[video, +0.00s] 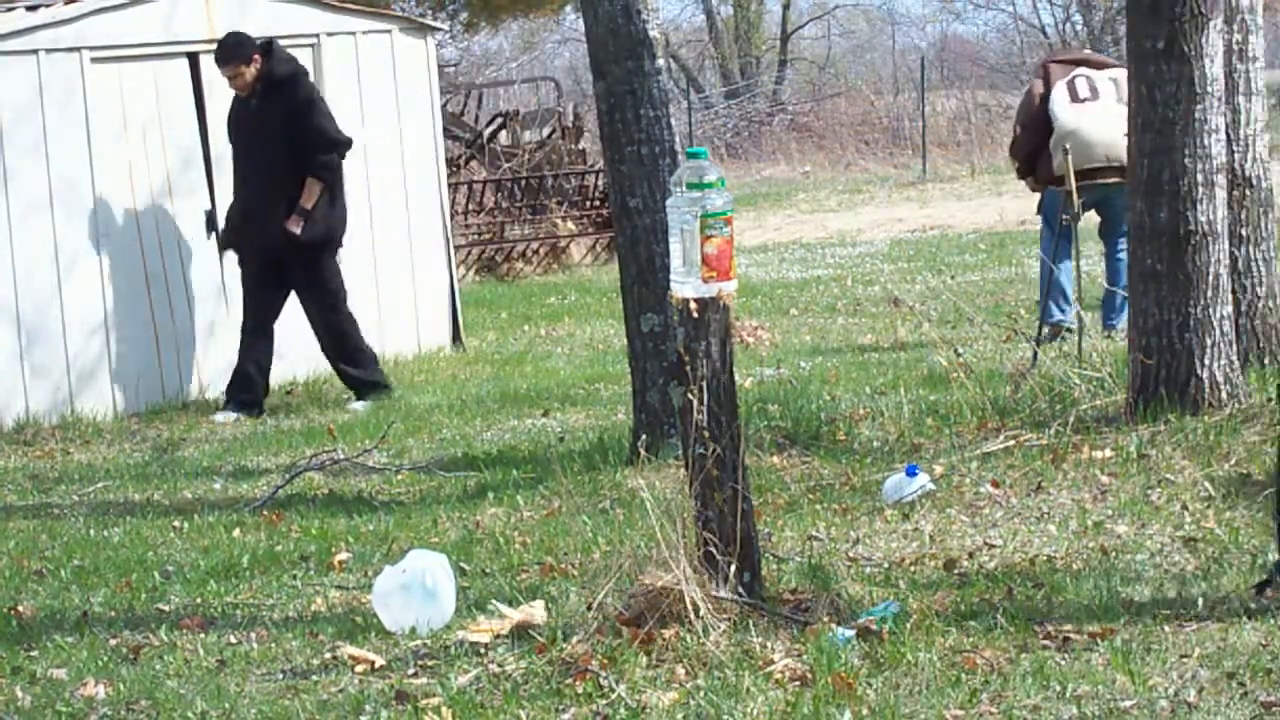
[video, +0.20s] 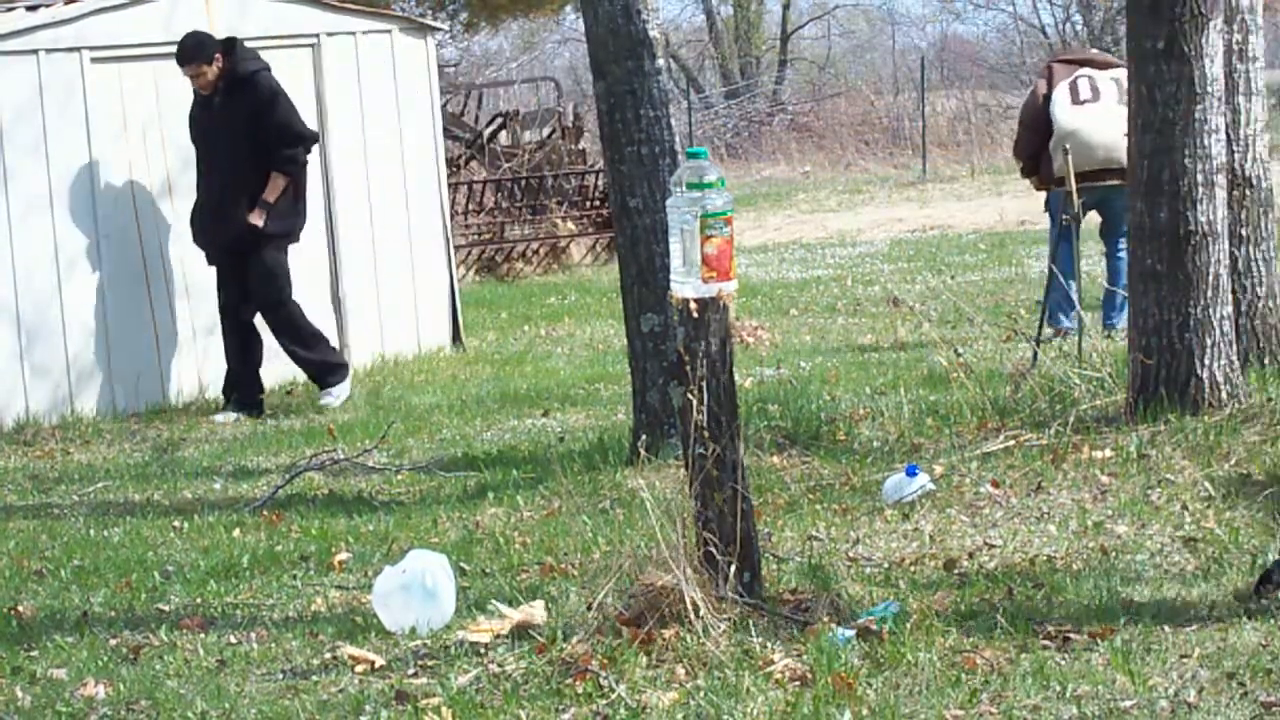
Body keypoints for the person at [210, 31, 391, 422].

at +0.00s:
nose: (232, 84)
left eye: (235, 75)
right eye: (227, 77)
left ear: (256, 62)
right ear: (228, 71)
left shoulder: (292, 89)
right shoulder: (241, 106)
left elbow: (330, 148)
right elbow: (248, 174)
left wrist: (302, 211)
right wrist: (237, 222)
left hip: (305, 229)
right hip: (261, 232)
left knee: (330, 314)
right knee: (256, 324)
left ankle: (372, 389)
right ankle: (244, 404)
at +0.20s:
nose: (194, 83)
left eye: (198, 75)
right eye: (189, 76)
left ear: (218, 62)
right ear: (186, 71)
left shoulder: (255, 85)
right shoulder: (202, 101)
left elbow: (293, 146)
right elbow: (209, 164)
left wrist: (263, 206)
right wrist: (204, 213)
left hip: (263, 219)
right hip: (224, 222)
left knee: (273, 303)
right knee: (234, 315)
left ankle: (333, 375)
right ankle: (244, 402)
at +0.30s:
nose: (180, 83)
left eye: (185, 74)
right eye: (175, 76)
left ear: (204, 61)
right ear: (173, 71)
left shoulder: (242, 85)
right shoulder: (188, 104)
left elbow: (282, 143)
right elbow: (197, 165)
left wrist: (249, 202)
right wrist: (194, 211)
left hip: (252, 219)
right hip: (213, 222)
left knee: (250, 303)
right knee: (225, 312)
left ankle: (296, 384)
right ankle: (243, 402)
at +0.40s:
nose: (169, 84)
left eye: (174, 76)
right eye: (164, 78)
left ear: (192, 62)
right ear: (162, 72)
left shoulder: (230, 84)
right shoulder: (176, 104)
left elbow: (270, 144)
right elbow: (186, 163)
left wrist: (236, 203)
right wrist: (184, 211)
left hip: (241, 220)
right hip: (205, 222)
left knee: (230, 304)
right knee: (217, 309)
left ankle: (249, 400)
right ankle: (235, 399)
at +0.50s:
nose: (159, 84)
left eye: (164, 75)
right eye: (153, 77)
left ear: (181, 62)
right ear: (148, 73)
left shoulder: (219, 86)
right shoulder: (163, 108)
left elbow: (259, 145)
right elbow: (175, 166)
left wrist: (225, 205)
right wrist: (172, 214)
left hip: (229, 218)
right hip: (191, 219)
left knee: (212, 306)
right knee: (218, 309)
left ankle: (198, 403)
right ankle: (243, 399)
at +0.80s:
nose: (124, 88)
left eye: (130, 79)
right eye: (117, 81)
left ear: (148, 66)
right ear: (112, 76)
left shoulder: (180, 98)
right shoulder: (121, 108)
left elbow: (213, 164)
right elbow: (128, 171)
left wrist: (178, 223)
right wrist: (125, 222)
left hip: (187, 227)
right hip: (145, 228)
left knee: (173, 318)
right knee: (183, 315)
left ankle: (153, 415)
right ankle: (238, 398)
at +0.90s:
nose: (113, 85)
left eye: (120, 77)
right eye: (107, 78)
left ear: (138, 65)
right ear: (99, 72)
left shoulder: (173, 100)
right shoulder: (104, 106)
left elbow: (199, 165)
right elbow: (110, 168)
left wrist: (169, 221)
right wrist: (104, 218)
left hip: (173, 229)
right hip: (125, 230)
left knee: (171, 319)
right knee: (147, 319)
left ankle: (153, 414)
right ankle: (211, 377)